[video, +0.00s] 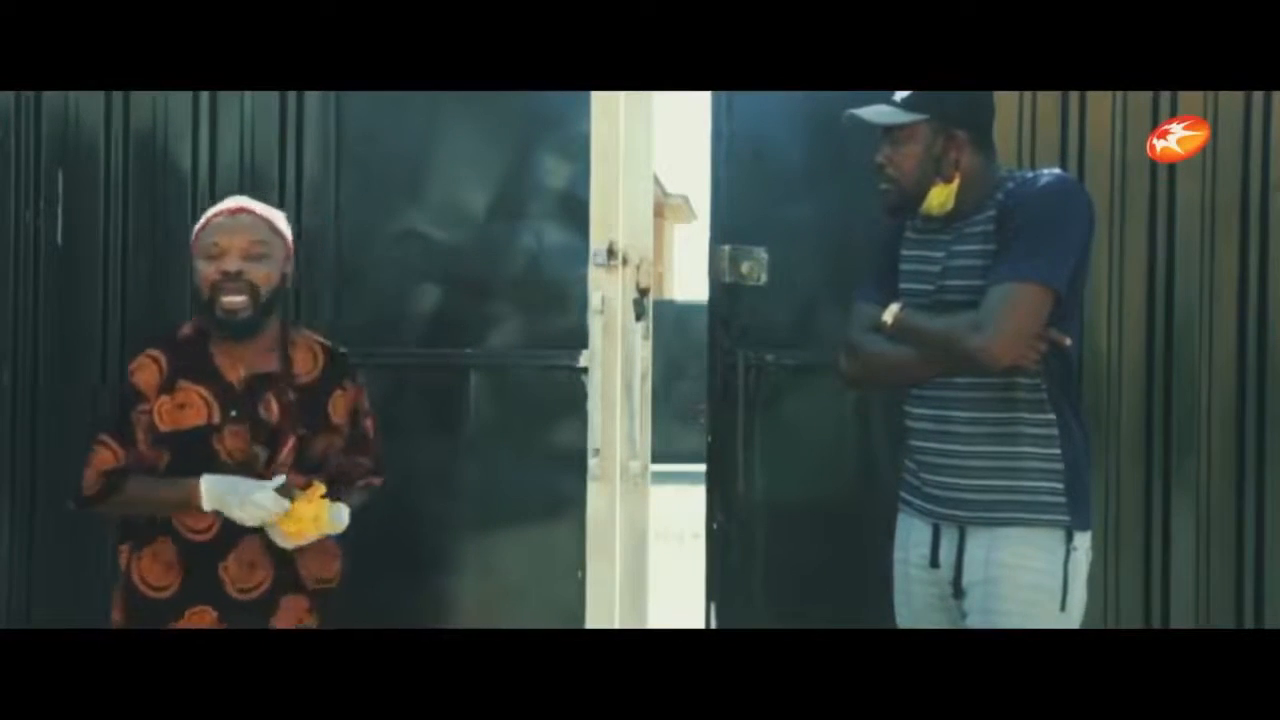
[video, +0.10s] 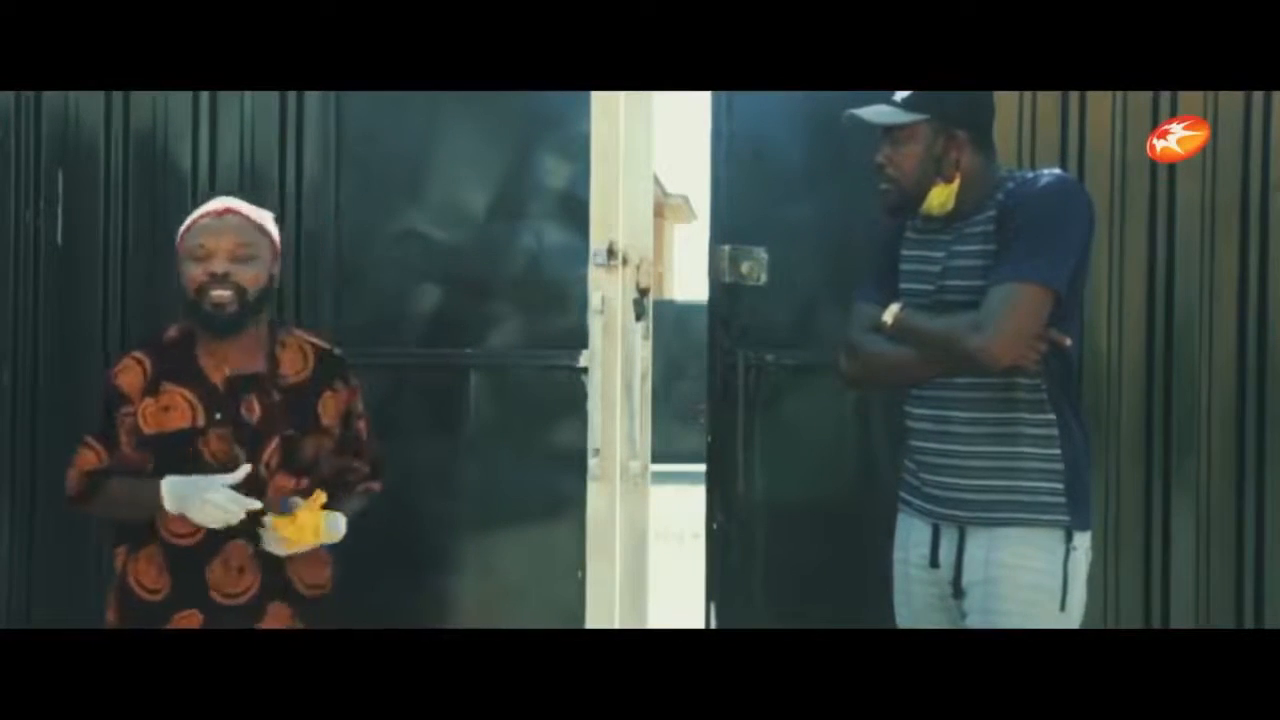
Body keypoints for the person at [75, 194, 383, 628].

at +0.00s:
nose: (231, 270)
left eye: (255, 257)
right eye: (213, 256)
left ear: (286, 271)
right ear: (193, 270)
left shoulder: (328, 371)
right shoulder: (157, 370)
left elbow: (363, 475)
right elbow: (99, 487)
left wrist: (327, 510)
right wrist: (211, 493)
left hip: (288, 613)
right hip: (173, 612)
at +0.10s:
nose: (218, 271)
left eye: (242, 258)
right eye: (201, 257)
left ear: (273, 272)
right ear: (181, 271)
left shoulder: (322, 371)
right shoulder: (143, 372)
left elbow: (363, 478)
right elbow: (86, 486)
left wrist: (324, 519)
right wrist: (174, 497)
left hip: (285, 612)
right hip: (166, 612)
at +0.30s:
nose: (290, 265)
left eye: (289, 252)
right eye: (266, 253)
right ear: (210, 270)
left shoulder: (317, 372)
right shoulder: (144, 372)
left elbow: (355, 477)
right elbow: (71, 473)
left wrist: (349, 522)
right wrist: (112, 496)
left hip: (283, 615)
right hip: (163, 613)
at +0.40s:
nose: (313, 262)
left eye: (308, 248)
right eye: (289, 250)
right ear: (233, 269)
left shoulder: (321, 372)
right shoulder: (170, 365)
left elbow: (345, 480)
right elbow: (73, 473)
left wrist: (350, 522)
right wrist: (132, 500)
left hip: (284, 615)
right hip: (176, 615)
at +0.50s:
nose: (329, 262)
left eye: (323, 249)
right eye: (308, 252)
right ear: (255, 272)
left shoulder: (324, 376)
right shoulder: (185, 369)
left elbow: (325, 496)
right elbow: (95, 482)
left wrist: (350, 528)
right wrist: (181, 500)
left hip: (286, 615)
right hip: (181, 616)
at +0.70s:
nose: (340, 275)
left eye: (341, 261)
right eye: (318, 263)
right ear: (265, 278)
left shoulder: (328, 375)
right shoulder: (205, 370)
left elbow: (329, 494)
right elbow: (137, 492)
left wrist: (354, 534)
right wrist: (242, 507)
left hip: (300, 614)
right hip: (206, 615)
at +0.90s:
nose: (325, 282)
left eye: (333, 269)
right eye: (300, 269)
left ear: (342, 277)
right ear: (253, 282)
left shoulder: (332, 380)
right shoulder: (195, 372)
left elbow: (344, 496)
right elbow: (123, 490)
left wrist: (367, 548)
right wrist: (196, 520)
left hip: (307, 614)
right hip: (203, 616)